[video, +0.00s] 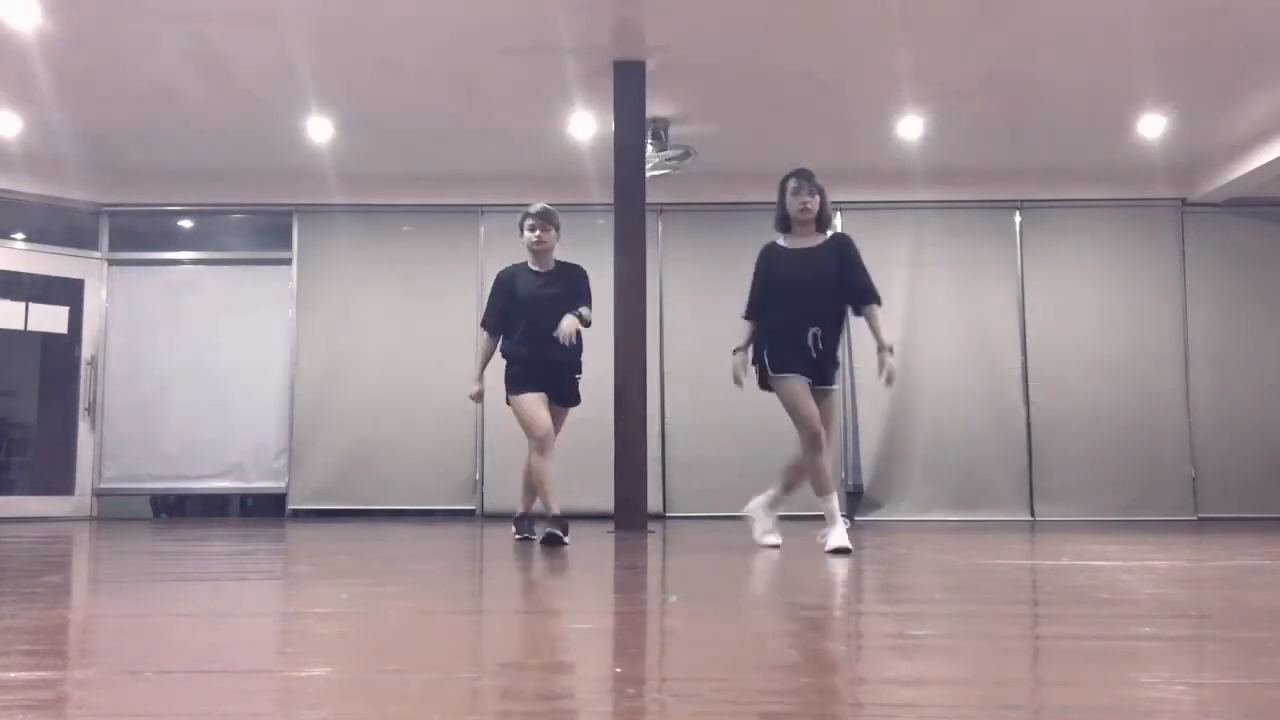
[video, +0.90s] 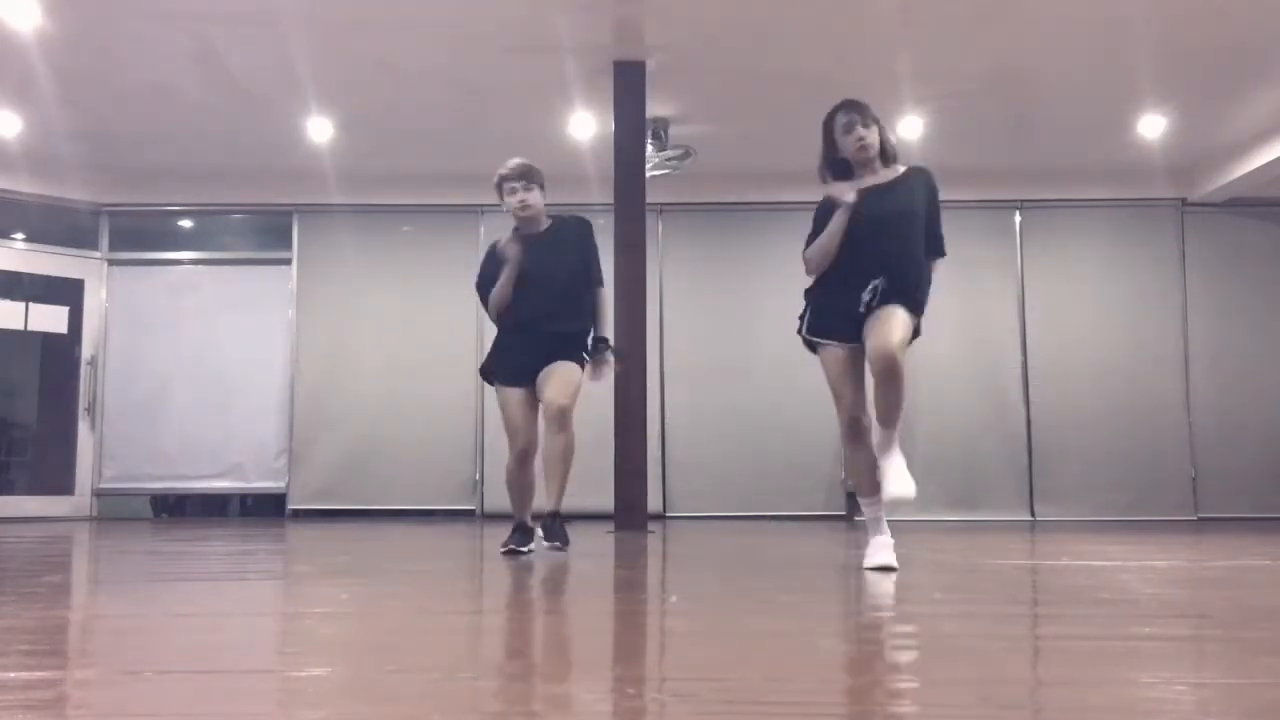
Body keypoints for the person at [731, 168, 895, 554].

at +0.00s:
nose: (805, 199)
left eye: (811, 193)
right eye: (797, 193)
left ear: (822, 200)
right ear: (783, 203)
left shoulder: (840, 245)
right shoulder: (772, 252)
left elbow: (865, 300)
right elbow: (757, 309)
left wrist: (884, 345)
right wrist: (743, 348)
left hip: (824, 354)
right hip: (779, 352)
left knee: (817, 447)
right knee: (814, 434)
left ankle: (764, 506)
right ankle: (836, 525)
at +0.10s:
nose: (811, 201)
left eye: (818, 195)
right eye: (802, 196)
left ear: (828, 203)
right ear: (789, 206)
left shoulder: (848, 249)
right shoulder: (778, 259)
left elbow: (869, 310)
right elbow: (764, 313)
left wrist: (874, 361)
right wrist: (753, 333)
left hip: (838, 357)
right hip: (789, 359)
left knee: (846, 433)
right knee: (813, 440)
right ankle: (834, 525)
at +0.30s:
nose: (825, 181)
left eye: (833, 175)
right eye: (816, 175)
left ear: (844, 183)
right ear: (803, 183)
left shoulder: (858, 234)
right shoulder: (787, 232)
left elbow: (854, 292)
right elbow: (774, 299)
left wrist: (872, 307)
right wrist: (763, 354)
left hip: (856, 335)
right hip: (807, 339)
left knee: (852, 419)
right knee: (816, 435)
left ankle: (846, 522)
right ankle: (823, 507)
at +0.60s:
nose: (846, 160)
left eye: (854, 153)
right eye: (837, 154)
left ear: (865, 163)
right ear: (821, 163)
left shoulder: (883, 215)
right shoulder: (799, 217)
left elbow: (908, 261)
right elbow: (766, 268)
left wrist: (933, 278)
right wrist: (784, 306)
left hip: (878, 327)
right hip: (823, 327)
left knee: (861, 428)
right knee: (854, 415)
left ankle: (826, 525)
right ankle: (874, 531)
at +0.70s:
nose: (853, 148)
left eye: (860, 141)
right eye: (843, 142)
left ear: (873, 150)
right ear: (827, 153)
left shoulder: (893, 199)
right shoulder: (810, 207)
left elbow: (924, 262)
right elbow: (770, 260)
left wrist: (952, 314)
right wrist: (792, 274)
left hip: (886, 326)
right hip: (828, 325)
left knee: (883, 440)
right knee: (850, 414)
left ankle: (840, 488)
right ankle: (874, 533)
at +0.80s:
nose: (857, 141)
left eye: (864, 133)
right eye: (846, 134)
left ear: (877, 141)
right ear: (832, 146)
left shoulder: (902, 188)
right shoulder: (823, 204)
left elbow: (933, 257)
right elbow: (789, 275)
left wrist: (933, 319)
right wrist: (811, 228)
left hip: (888, 308)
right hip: (828, 314)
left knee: (892, 393)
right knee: (851, 423)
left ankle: (872, 435)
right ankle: (875, 535)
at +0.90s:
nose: (859, 135)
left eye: (864, 125)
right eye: (847, 132)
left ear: (879, 130)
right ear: (836, 147)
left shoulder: (917, 181)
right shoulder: (834, 199)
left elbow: (930, 253)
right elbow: (812, 265)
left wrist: (916, 304)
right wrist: (843, 210)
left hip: (894, 292)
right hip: (835, 302)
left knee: (885, 350)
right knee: (854, 421)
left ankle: (888, 449)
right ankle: (877, 533)